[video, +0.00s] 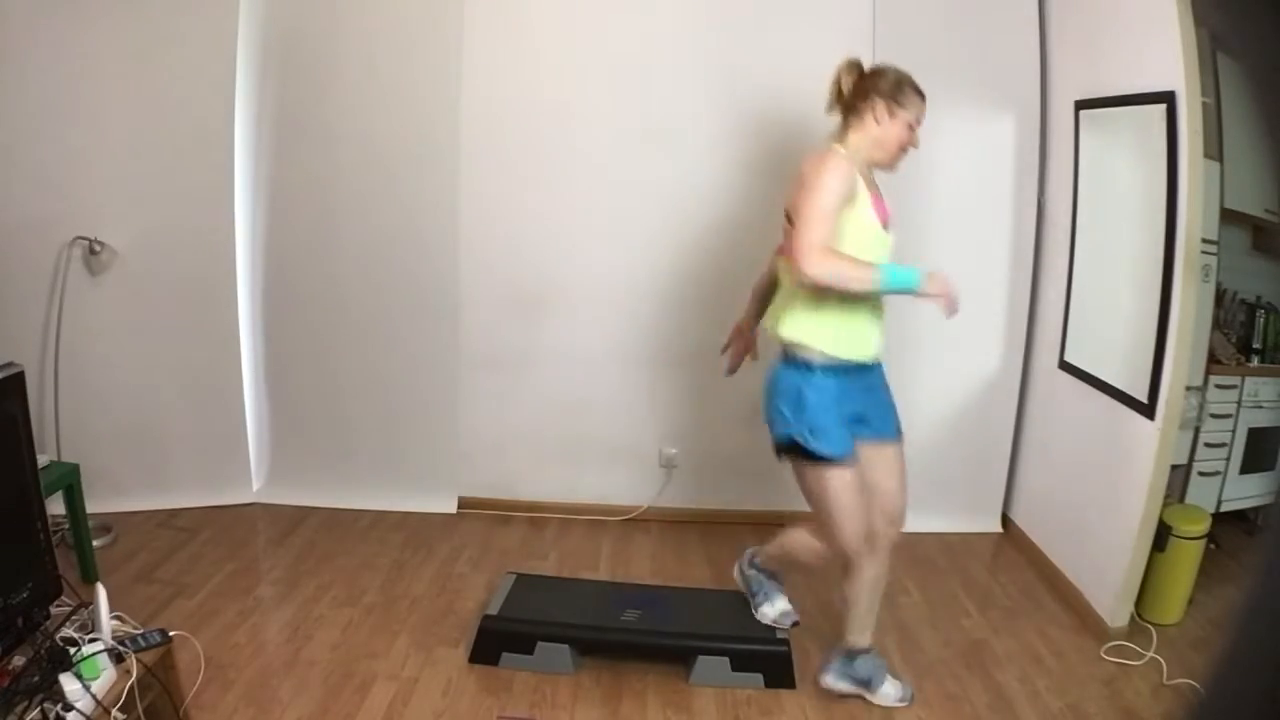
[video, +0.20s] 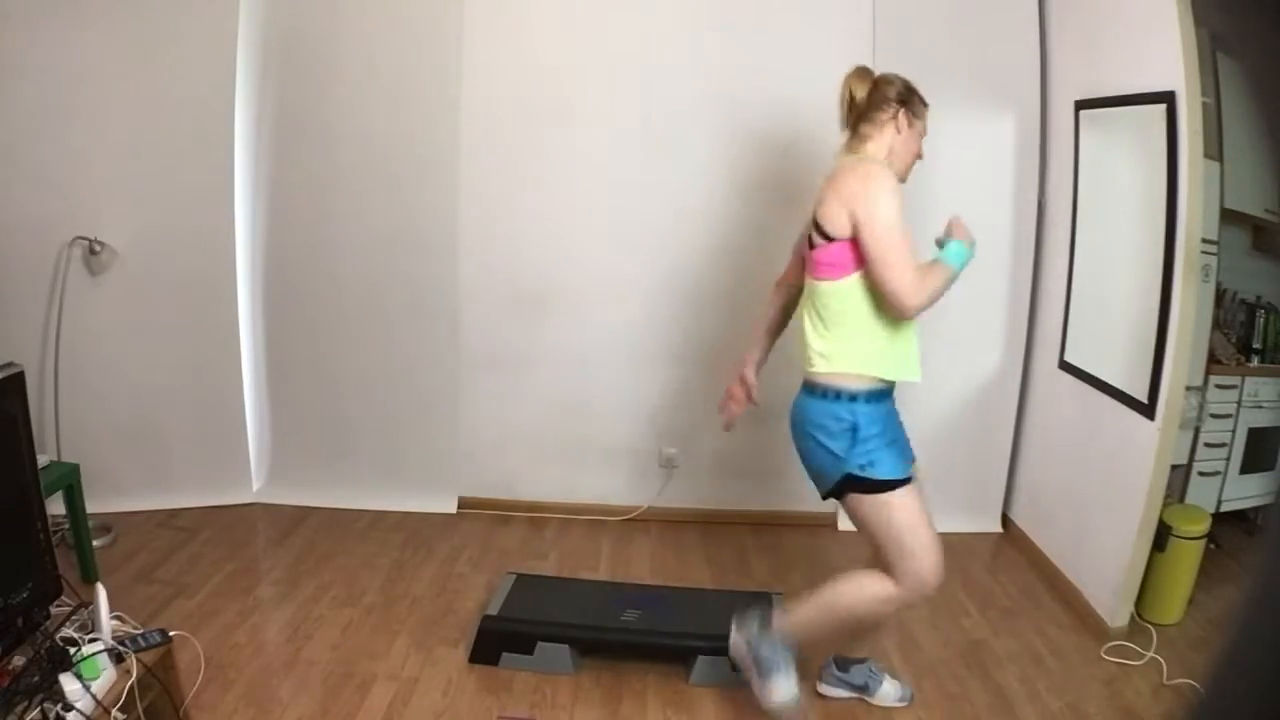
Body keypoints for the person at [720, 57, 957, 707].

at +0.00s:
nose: (914, 141)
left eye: (917, 128)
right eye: (910, 125)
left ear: (876, 118)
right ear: (876, 112)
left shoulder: (857, 178)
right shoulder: (827, 169)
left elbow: (785, 256)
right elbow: (810, 262)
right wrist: (915, 280)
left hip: (861, 371)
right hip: (809, 373)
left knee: (885, 524)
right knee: (843, 541)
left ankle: (853, 657)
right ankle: (758, 564)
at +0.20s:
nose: (920, 153)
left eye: (922, 139)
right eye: (920, 137)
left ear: (872, 125)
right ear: (895, 123)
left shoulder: (838, 185)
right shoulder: (870, 183)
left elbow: (790, 285)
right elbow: (905, 297)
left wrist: (752, 363)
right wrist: (955, 255)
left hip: (842, 407)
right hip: (852, 413)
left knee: (897, 551)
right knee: (918, 573)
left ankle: (847, 663)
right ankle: (773, 631)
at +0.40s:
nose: (887, 131)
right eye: (889, 121)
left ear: (825, 124)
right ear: (886, 121)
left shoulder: (796, 200)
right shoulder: (908, 186)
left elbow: (733, 300)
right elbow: (975, 296)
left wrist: (721, 398)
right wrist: (935, 221)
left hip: (804, 421)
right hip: (859, 436)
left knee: (868, 565)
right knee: (865, 621)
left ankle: (866, 672)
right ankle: (811, 715)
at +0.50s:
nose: (804, 129)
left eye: (804, 120)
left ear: (806, 123)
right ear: (870, 119)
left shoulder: (776, 196)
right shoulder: (915, 193)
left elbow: (716, 304)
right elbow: (967, 307)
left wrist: (698, 405)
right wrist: (921, 249)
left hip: (771, 432)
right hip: (849, 449)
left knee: (821, 572)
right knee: (840, 638)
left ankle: (842, 679)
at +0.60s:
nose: (768, 122)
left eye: (767, 112)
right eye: (770, 113)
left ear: (777, 109)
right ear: (838, 105)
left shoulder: (748, 179)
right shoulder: (893, 179)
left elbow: (703, 286)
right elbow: (937, 306)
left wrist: (674, 389)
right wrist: (879, 320)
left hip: (752, 426)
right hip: (838, 439)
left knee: (794, 587)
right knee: (827, 636)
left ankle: (796, 697)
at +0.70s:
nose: (731, 122)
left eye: (731, 110)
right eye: (731, 111)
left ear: (743, 105)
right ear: (800, 103)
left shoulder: (716, 173)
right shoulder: (865, 177)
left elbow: (674, 278)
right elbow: (905, 308)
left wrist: (649, 382)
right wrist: (873, 378)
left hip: (731, 420)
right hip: (825, 429)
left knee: (733, 564)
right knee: (825, 632)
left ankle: (714, 704)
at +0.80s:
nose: (686, 135)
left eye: (687, 122)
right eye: (685, 123)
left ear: (703, 117)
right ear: (758, 117)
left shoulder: (674, 192)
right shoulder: (824, 192)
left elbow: (638, 303)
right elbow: (867, 322)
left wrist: (621, 397)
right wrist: (861, 414)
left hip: (712, 433)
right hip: (808, 433)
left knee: (676, 566)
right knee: (820, 640)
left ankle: (644, 712)